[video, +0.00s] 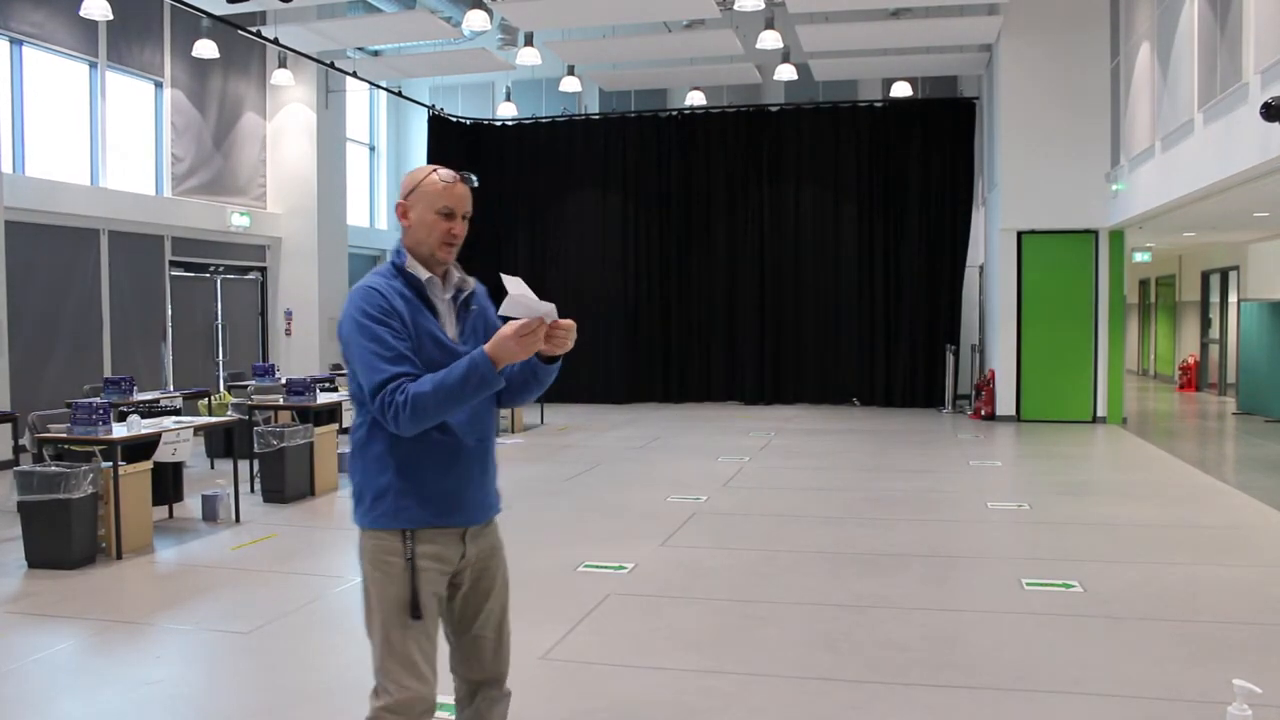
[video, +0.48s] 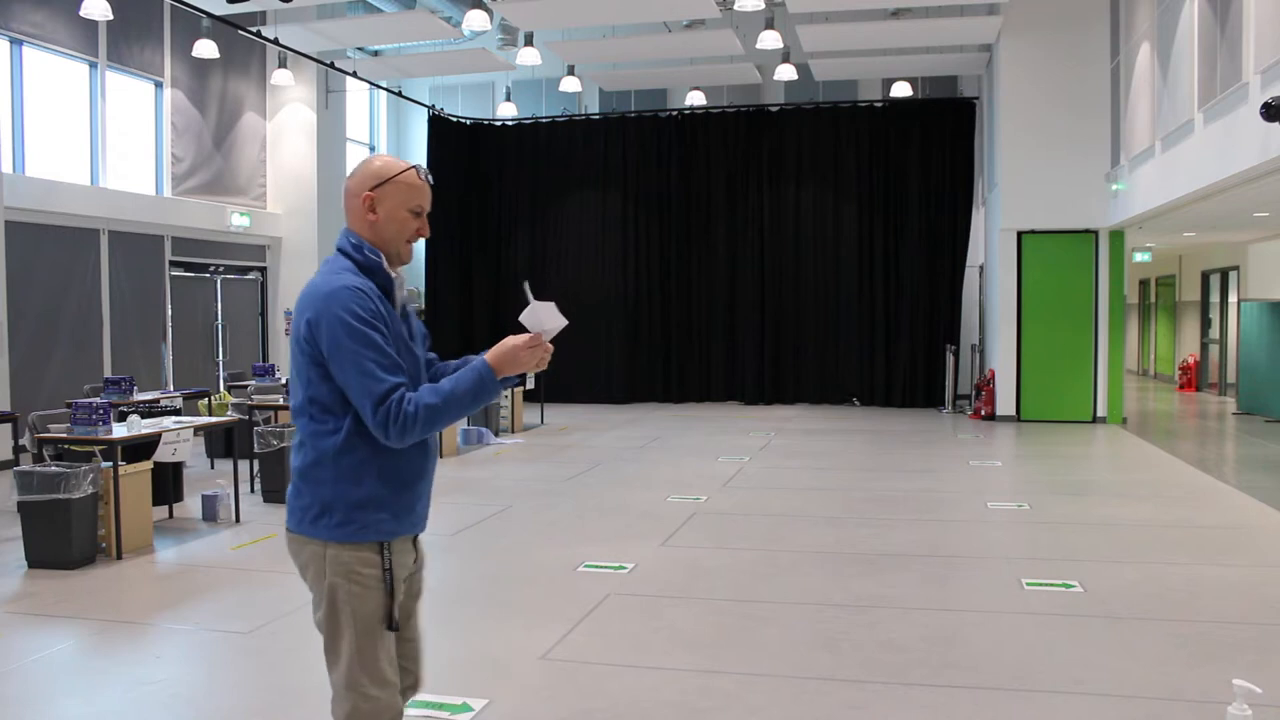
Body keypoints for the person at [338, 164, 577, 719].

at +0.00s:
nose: (458, 229)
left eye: (464, 218)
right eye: (445, 215)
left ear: (469, 223)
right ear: (404, 214)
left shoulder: (473, 298)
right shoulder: (371, 302)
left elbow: (507, 389)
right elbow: (399, 409)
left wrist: (548, 356)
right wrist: (492, 356)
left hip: (476, 523)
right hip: (402, 530)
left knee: (486, 690)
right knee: (407, 698)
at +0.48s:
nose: (424, 229)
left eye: (426, 216)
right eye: (415, 213)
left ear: (372, 210)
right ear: (368, 206)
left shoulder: (378, 289)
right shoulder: (340, 296)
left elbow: (426, 375)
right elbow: (395, 419)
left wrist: (501, 363)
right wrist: (491, 368)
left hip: (390, 527)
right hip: (349, 533)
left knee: (397, 686)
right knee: (369, 700)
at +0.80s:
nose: (392, 232)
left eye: (392, 217)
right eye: (386, 215)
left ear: (344, 211)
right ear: (349, 208)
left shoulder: (306, 283)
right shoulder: (334, 297)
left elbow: (382, 380)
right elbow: (391, 417)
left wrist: (457, 351)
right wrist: (467, 364)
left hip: (301, 525)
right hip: (332, 533)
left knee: (314, 690)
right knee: (367, 700)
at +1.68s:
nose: (333, 216)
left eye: (331, 204)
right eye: (331, 204)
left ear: (264, 210)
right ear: (317, 208)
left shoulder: (226, 286)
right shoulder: (323, 295)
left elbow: (285, 379)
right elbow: (380, 402)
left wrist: (367, 349)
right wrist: (406, 344)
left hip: (235, 524)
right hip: (311, 533)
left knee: (268, 690)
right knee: (341, 693)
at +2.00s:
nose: (329, 212)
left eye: (328, 201)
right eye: (326, 202)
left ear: (257, 211)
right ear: (308, 208)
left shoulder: (218, 287)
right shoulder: (322, 290)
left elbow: (262, 370)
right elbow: (424, 326)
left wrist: (345, 365)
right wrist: (427, 249)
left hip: (230, 523)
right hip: (311, 528)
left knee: (261, 689)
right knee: (341, 689)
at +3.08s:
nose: (353, 214)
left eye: (348, 201)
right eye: (346, 203)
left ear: (291, 220)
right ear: (330, 217)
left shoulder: (260, 294)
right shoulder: (332, 288)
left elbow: (335, 350)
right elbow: (441, 245)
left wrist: (401, 316)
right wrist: (428, 154)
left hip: (280, 525)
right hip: (345, 525)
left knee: (333, 659)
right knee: (365, 685)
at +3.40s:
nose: (386, 233)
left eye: (382, 222)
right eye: (382, 222)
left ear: (330, 234)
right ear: (367, 233)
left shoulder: (321, 301)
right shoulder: (340, 300)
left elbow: (387, 357)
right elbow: (436, 238)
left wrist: (449, 308)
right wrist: (393, 144)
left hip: (378, 510)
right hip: (373, 518)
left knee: (426, 645)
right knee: (395, 682)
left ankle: (432, 715)